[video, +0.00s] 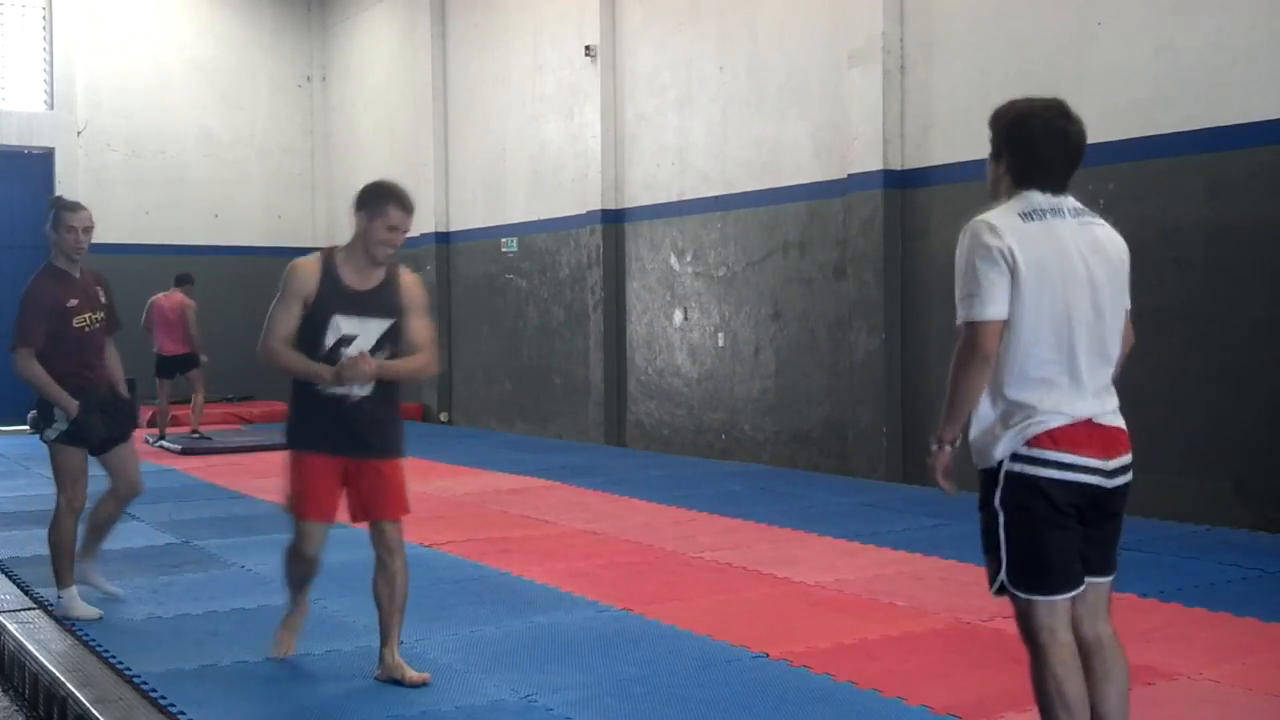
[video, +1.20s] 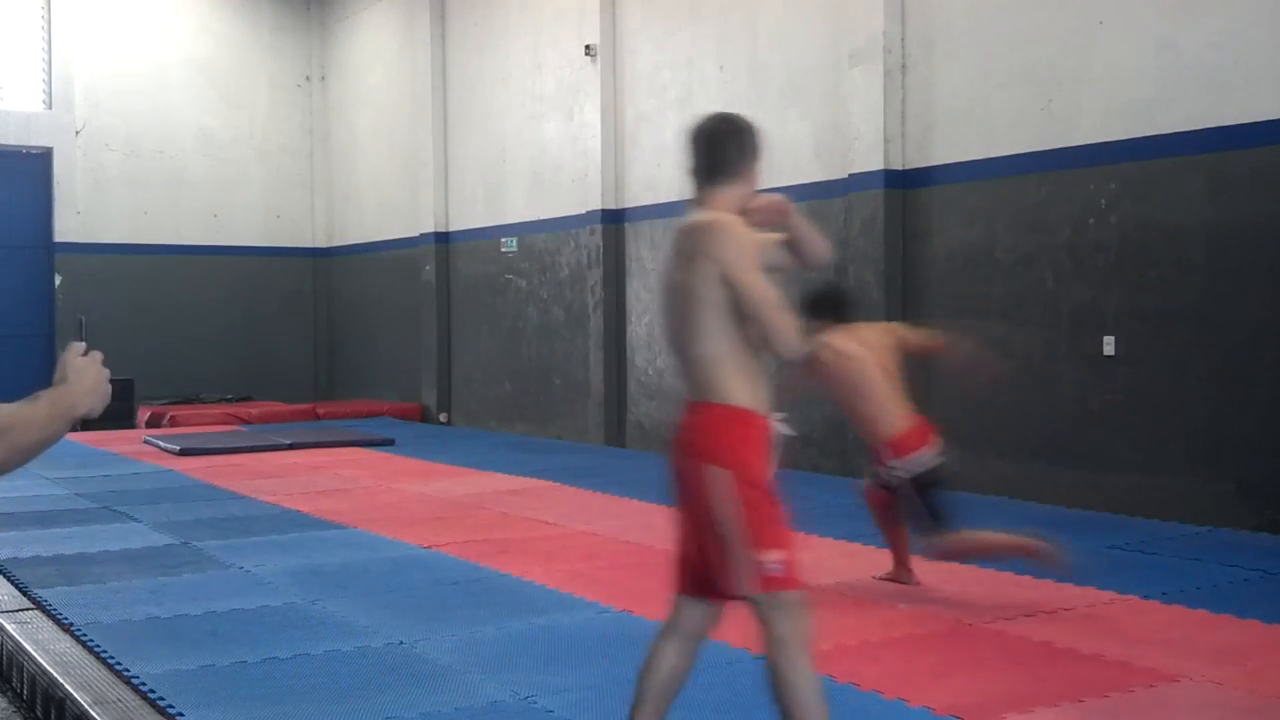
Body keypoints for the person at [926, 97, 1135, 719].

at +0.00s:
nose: (987, 161)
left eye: (991, 151)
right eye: (989, 150)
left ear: (1004, 161)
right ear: (1069, 163)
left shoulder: (992, 231)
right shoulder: (1106, 235)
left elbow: (980, 347)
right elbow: (1120, 342)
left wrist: (947, 436)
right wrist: (1065, 399)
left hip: (1030, 462)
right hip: (1108, 460)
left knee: (1048, 631)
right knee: (1096, 623)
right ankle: (1113, 718)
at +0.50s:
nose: (1002, 146)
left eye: (1006, 135)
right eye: (1004, 134)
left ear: (1021, 142)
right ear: (1082, 146)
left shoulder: (1008, 209)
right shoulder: (1124, 216)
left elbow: (1007, 324)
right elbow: (1143, 320)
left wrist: (978, 423)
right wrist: (1114, 400)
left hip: (1049, 450)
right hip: (1125, 447)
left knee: (1061, 623)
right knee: (1113, 614)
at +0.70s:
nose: (999, 230)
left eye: (999, 223)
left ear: (1002, 224)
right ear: (1049, 219)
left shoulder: (989, 263)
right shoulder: (1083, 252)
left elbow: (929, 305)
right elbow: (1147, 267)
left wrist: (875, 329)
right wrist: (1186, 280)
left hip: (1042, 417)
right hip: (1098, 401)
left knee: (1087, 525)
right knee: (1111, 463)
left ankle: (1159, 609)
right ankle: (1152, 515)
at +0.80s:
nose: (972, 221)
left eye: (974, 216)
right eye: (975, 216)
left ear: (980, 215)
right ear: (1022, 208)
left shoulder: (968, 248)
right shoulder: (1057, 241)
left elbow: (894, 282)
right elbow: (1121, 270)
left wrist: (844, 300)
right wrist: (1130, 267)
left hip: (1020, 400)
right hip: (1070, 382)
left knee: (1074, 504)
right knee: (1084, 459)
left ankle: (1137, 593)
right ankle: (1137, 521)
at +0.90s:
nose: (948, 237)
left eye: (949, 231)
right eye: (952, 232)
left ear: (953, 230)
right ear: (992, 224)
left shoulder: (945, 261)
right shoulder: (1025, 256)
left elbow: (905, 298)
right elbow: (1077, 303)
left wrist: (866, 320)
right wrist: (1036, 321)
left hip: (1010, 412)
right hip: (1053, 393)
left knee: (1051, 501)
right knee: (1038, 479)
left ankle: (1109, 584)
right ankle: (1075, 554)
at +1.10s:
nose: (869, 329)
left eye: (870, 322)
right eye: (868, 322)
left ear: (880, 318)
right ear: (907, 307)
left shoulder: (882, 354)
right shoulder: (947, 325)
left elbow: (882, 403)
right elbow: (1013, 328)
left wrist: (918, 410)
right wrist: (1071, 340)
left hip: (957, 466)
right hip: (985, 456)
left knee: (1020, 539)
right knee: (914, 497)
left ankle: (1120, 595)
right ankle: (907, 566)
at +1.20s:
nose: (809, 325)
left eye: (809, 319)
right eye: (812, 319)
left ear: (814, 318)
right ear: (845, 309)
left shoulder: (822, 349)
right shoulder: (882, 331)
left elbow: (790, 388)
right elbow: (938, 340)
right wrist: (978, 359)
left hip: (900, 459)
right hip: (925, 443)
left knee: (935, 543)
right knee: (880, 494)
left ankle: (1028, 547)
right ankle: (902, 569)